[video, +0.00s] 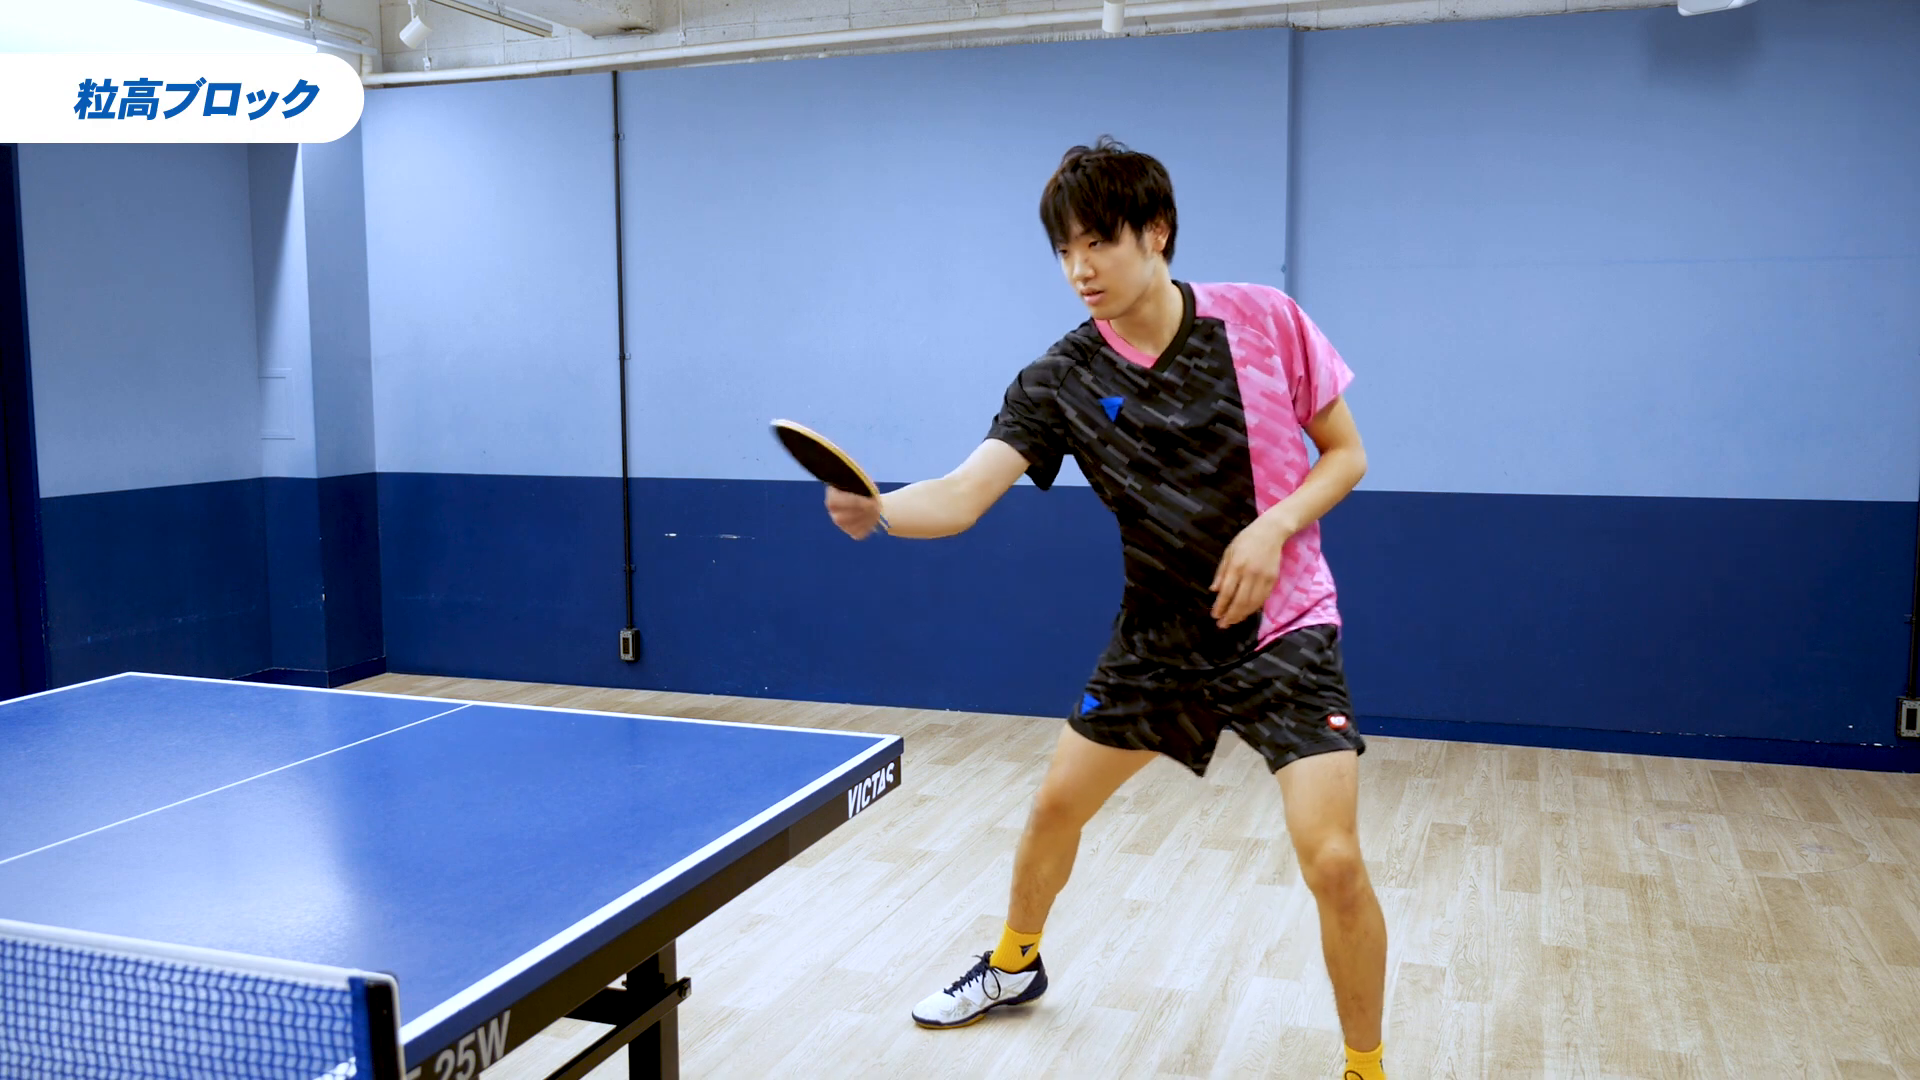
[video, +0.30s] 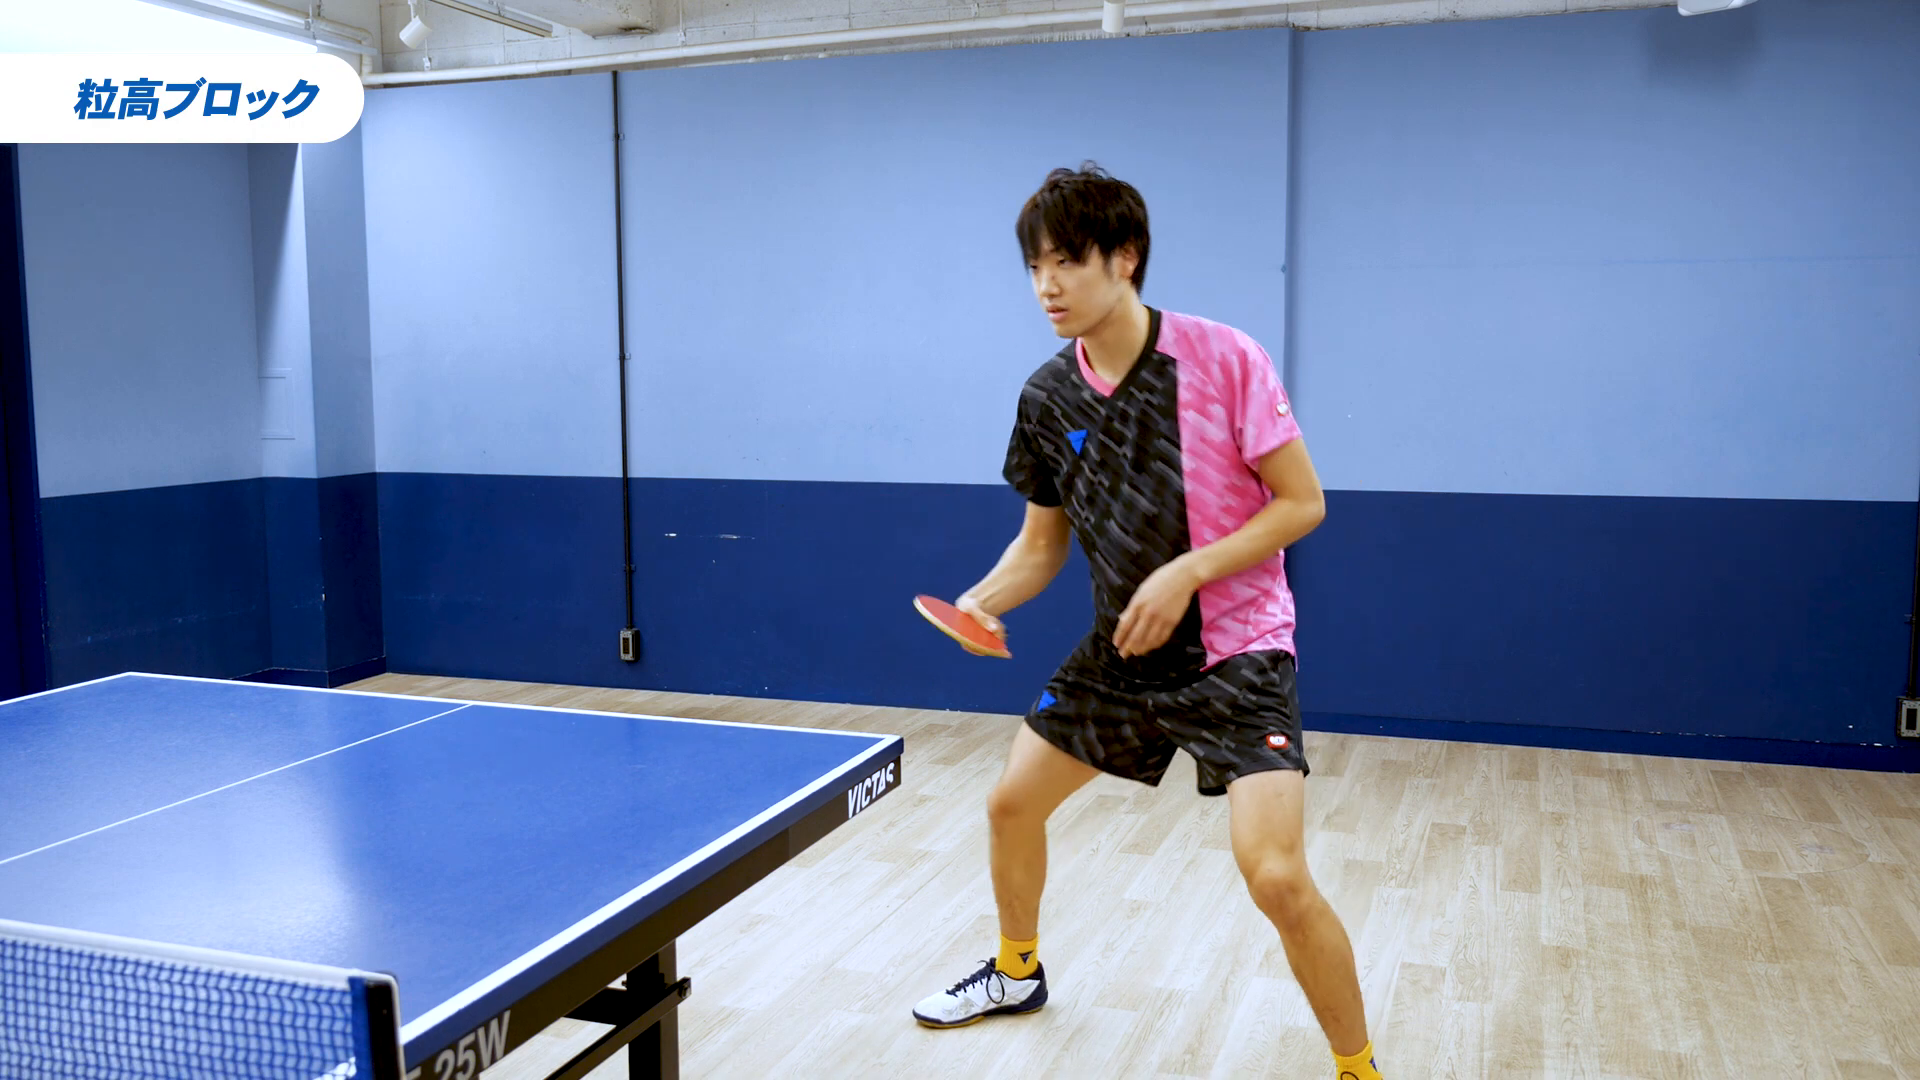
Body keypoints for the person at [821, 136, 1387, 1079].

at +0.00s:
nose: (1080, 266)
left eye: (1098, 240)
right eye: (1065, 246)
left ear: (1157, 235)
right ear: (1057, 256)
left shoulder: (1264, 320)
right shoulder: (1063, 378)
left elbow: (1346, 454)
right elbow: (961, 495)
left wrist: (1273, 529)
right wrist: (881, 510)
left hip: (1285, 625)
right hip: (1162, 626)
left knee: (1336, 866)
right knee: (1057, 803)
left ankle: (1366, 1067)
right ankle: (1013, 966)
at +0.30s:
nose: (1046, 282)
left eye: (1065, 260)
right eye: (1036, 263)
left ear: (1125, 260)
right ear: (1030, 272)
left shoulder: (1222, 357)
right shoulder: (1050, 395)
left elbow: (1303, 501)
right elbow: (1042, 541)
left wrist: (1188, 571)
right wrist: (986, 599)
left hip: (1239, 647)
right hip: (1124, 648)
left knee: (1277, 879)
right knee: (1014, 805)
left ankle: (1358, 1069)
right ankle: (1016, 970)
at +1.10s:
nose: (1058, 291)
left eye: (1074, 266)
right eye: (1042, 274)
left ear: (1130, 249)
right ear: (1032, 279)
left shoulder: (1246, 309)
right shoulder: (1054, 397)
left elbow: (1339, 433)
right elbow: (1015, 541)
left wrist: (1252, 516)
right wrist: (966, 592)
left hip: (1274, 608)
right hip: (1157, 611)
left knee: (1314, 851)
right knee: (1058, 787)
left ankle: (1364, 1066)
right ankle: (1013, 958)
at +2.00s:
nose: (1023, 380)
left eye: (1036, 353)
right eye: (1010, 362)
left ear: (1094, 332)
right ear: (1007, 362)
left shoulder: (1214, 399)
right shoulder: (1056, 451)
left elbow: (1317, 529)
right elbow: (1057, 578)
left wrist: (1195, 609)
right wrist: (1013, 620)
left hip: (1257, 667)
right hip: (1151, 669)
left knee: (1257, 893)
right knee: (1011, 813)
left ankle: (1357, 1069)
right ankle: (1023, 973)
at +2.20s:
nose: (1059, 392)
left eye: (1072, 365)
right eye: (1042, 375)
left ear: (1128, 338)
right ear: (1030, 372)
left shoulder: (1251, 376)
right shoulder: (1072, 455)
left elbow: (1361, 495)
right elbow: (1061, 616)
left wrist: (1265, 588)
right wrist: (1013, 598)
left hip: (1289, 656)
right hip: (1171, 657)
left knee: (1304, 888)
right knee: (1043, 820)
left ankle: (1363, 1070)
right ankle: (1026, 974)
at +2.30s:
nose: (1073, 364)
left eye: (1086, 337)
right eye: (1056, 346)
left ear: (1142, 311)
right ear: (1044, 342)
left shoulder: (1262, 351)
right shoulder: (1077, 444)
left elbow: (1372, 467)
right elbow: (1050, 596)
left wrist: (1289, 556)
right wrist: (1001, 616)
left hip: (1294, 640)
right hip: (1174, 647)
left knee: (1318, 879)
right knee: (1057, 814)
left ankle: (1364, 1070)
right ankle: (1026, 971)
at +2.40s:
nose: (1080, 323)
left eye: (1096, 297)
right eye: (1066, 304)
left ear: (1154, 277)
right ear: (1057, 302)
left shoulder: (1272, 330)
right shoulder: (1080, 415)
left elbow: (1375, 449)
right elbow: (1043, 563)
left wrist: (1296, 533)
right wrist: (979, 607)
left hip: (1292, 630)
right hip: (1172, 635)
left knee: (1320, 873)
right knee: (1062, 802)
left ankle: (1365, 1068)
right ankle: (1023, 964)